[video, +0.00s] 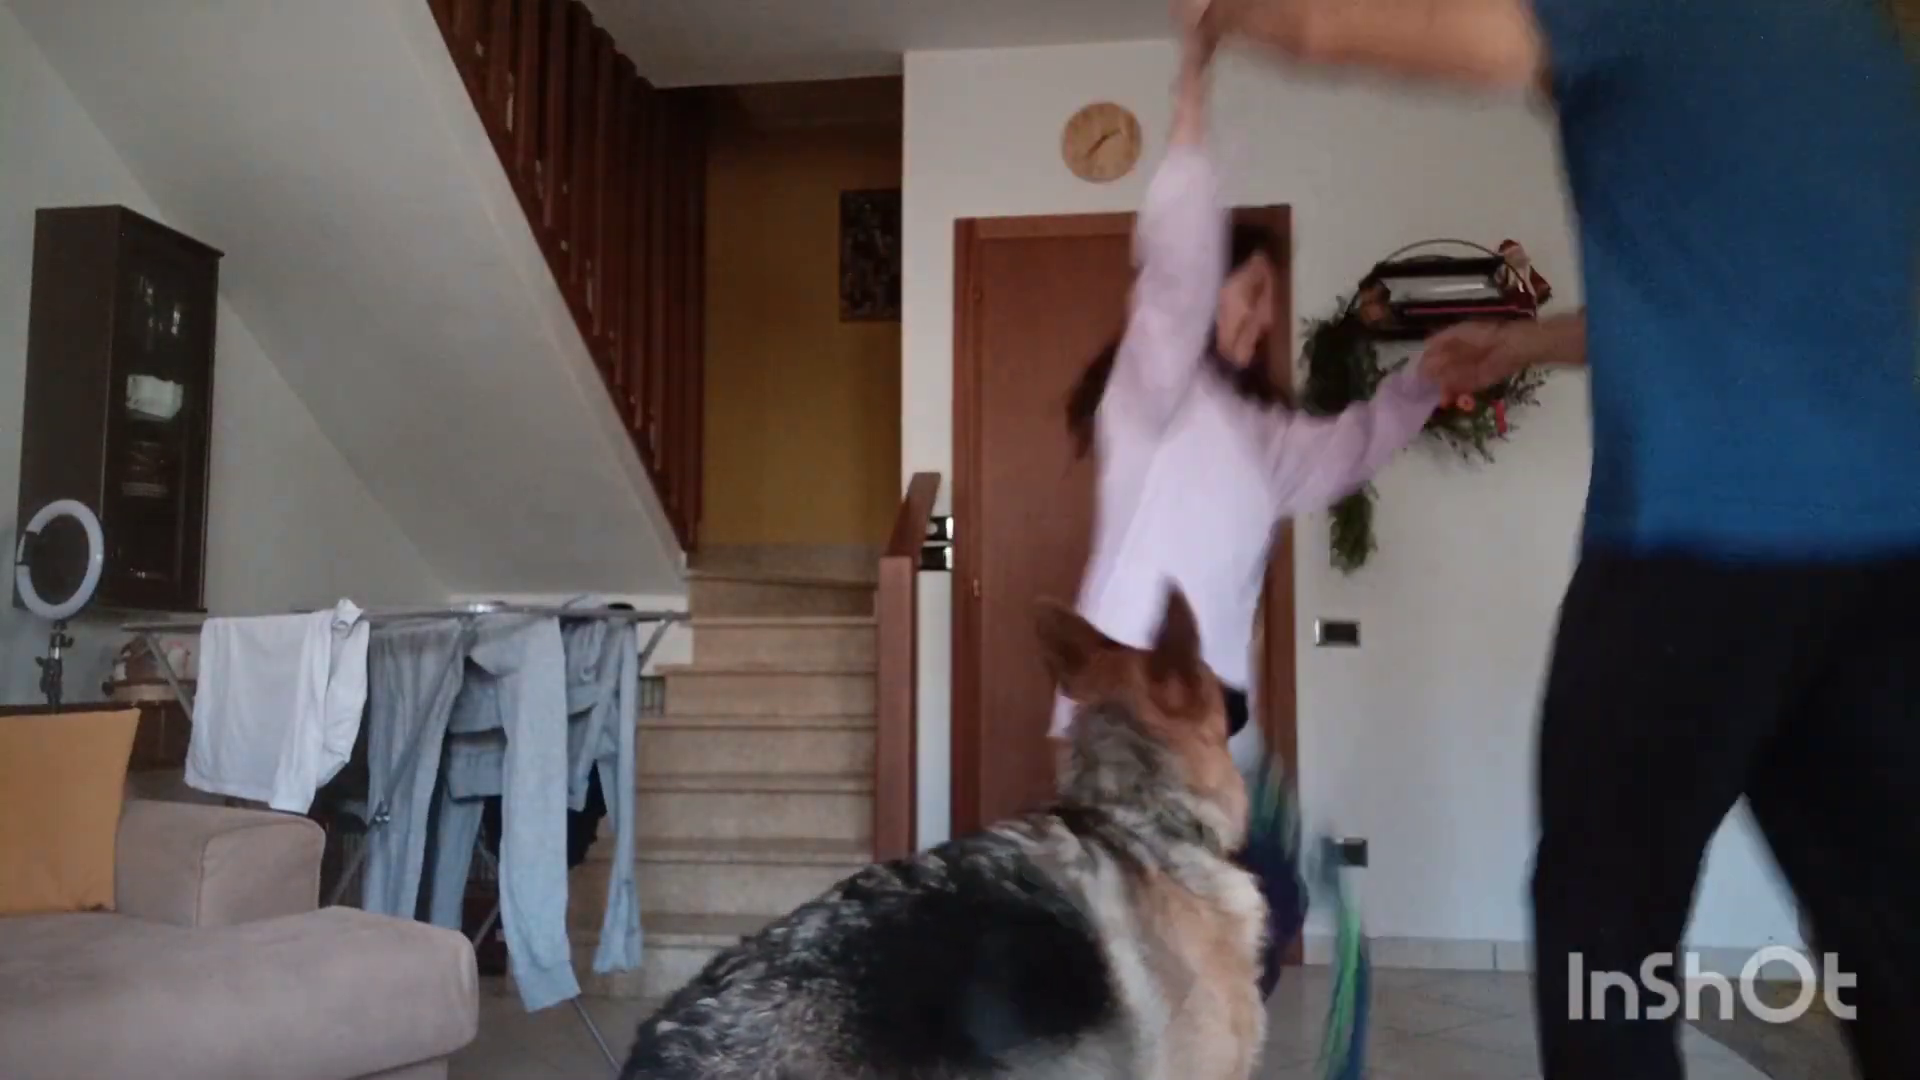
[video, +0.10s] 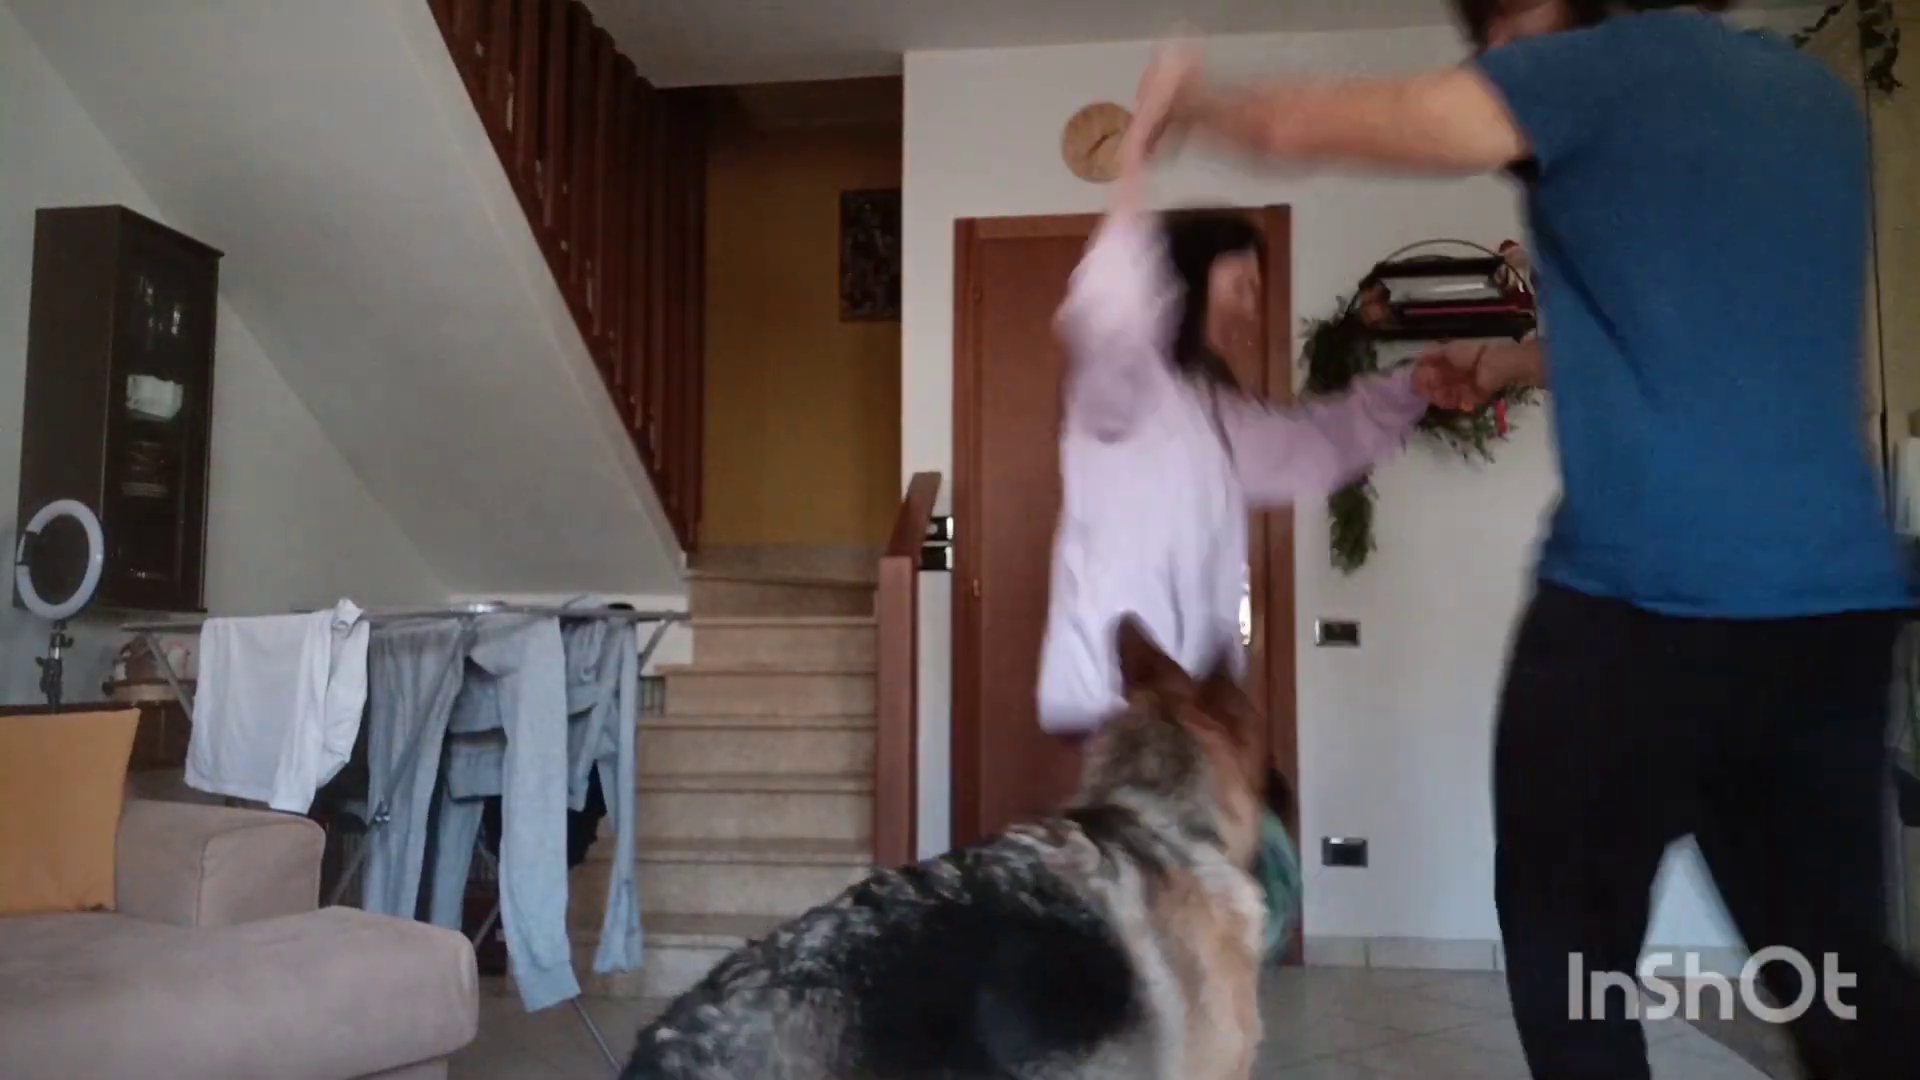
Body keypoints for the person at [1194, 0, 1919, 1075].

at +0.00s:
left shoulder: (1631, 21)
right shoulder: (1870, 41)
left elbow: (1330, 28)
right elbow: (1754, 285)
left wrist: (1230, 10)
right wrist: (1536, 343)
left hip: (1695, 543)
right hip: (1880, 547)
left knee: (1600, 924)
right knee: (1895, 938)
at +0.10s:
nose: (1490, 58)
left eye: (1493, 35)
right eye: (1486, 43)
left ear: (1541, 11)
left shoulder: (1588, 70)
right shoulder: (1817, 93)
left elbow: (1295, 130)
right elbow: (1728, 324)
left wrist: (1196, 97)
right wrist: (1514, 364)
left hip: (1634, 604)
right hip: (1833, 608)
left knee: (1566, 952)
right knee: (1838, 975)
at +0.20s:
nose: (1462, 51)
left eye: (1465, 22)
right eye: (1450, 33)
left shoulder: (1555, 78)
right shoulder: (1770, 85)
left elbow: (1278, 210)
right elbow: (1691, 308)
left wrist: (1169, 197)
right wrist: (1487, 320)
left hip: (1600, 583)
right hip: (1774, 579)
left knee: (1561, 932)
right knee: (1718, 904)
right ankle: (1861, 1071)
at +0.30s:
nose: (1431, 39)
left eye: (1435, 9)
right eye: (1422, 19)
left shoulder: (1540, 73)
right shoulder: (1723, 75)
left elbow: (1344, 288)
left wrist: (1189, 311)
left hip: (1583, 549)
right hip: (1745, 539)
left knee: (1559, 907)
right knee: (1668, 868)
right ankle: (1768, 1067)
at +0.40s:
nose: (1422, 67)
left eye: (1426, 31)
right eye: (1412, 40)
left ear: (1486, 6)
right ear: (1576, 1)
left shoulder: (1526, 102)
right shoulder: (1686, 101)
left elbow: (1420, 355)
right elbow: (1605, 250)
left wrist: (1285, 423)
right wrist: (1449, 185)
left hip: (1561, 561)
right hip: (1699, 553)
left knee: (1544, 904)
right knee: (1631, 876)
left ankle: (1584, 1066)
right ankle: (1664, 1059)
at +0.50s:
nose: (1409, 109)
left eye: (1413, 74)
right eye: (1396, 89)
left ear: (1476, 38)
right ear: (1529, 35)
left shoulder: (1537, 146)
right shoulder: (1650, 145)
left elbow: (1483, 397)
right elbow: (1511, 212)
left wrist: (1343, 503)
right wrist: (1367, 172)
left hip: (1549, 581)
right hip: (1661, 577)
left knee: (1533, 908)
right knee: (1588, 883)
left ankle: (1576, 1071)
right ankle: (1616, 1061)